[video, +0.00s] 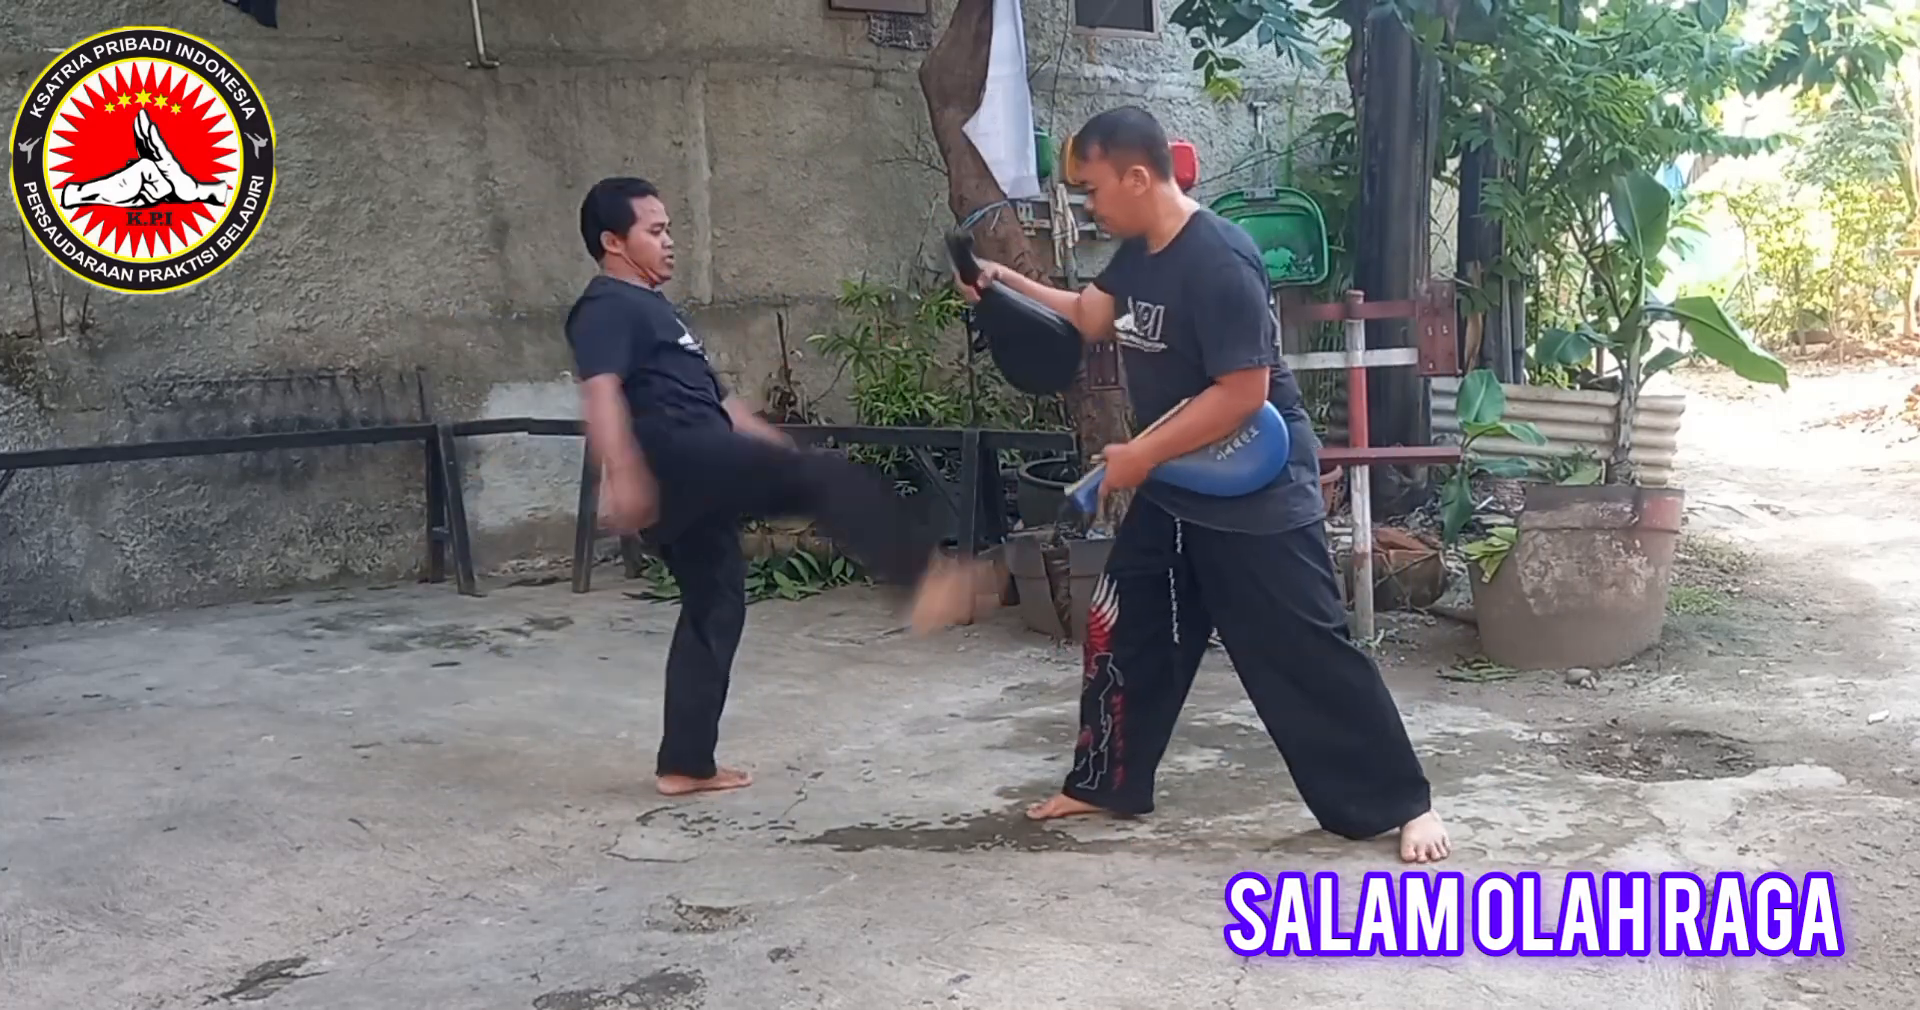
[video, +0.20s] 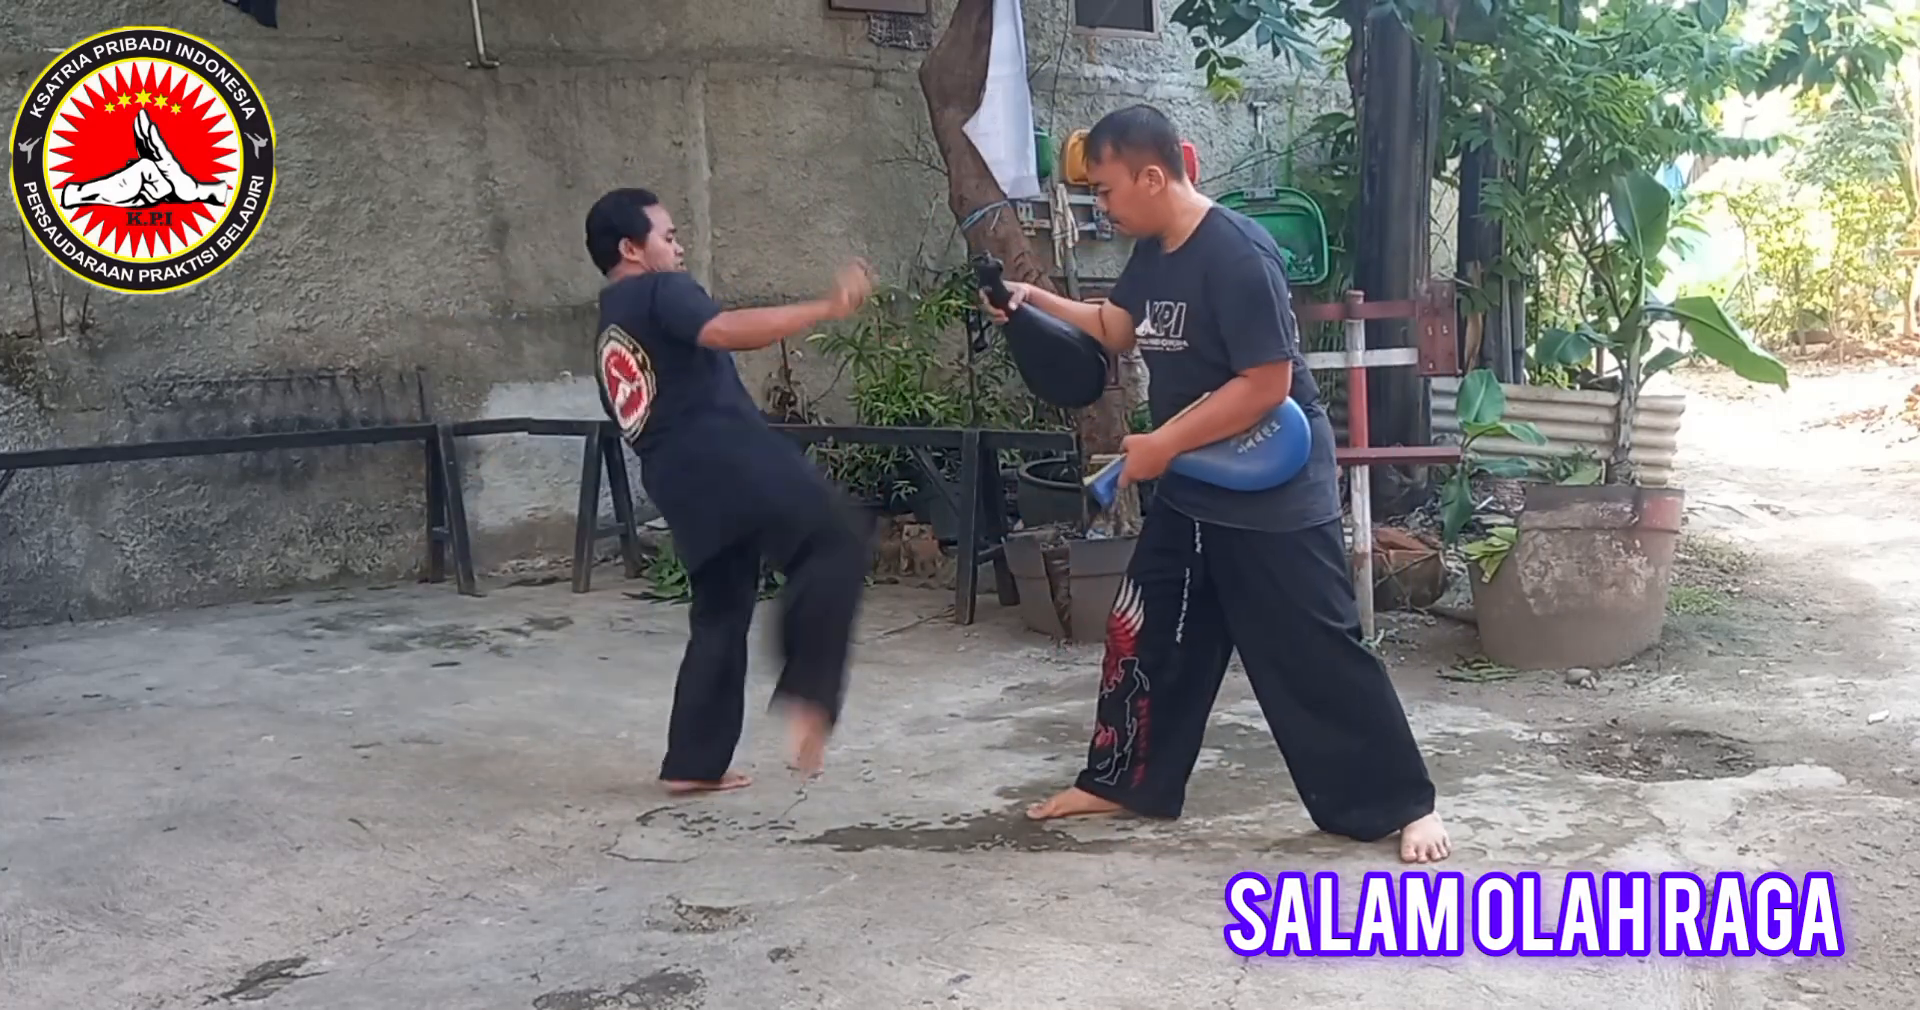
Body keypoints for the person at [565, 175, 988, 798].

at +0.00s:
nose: (669, 242)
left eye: (668, 230)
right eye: (656, 232)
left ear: (627, 241)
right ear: (614, 241)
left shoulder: (650, 302)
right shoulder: (607, 303)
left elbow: (703, 391)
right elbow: (600, 392)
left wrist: (762, 435)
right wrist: (621, 471)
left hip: (685, 468)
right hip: (679, 462)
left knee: (714, 608)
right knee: (824, 476)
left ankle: (686, 765)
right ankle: (923, 578)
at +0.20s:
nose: (679, 245)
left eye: (674, 233)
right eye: (667, 236)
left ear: (623, 252)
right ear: (630, 249)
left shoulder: (613, 311)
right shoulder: (660, 289)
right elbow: (719, 330)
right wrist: (830, 307)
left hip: (680, 478)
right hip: (726, 456)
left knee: (720, 610)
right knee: (835, 539)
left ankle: (693, 763)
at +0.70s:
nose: (757, 248)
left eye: (750, 235)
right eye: (745, 236)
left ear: (710, 255)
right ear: (712, 252)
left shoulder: (738, 321)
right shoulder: (720, 318)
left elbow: (824, 415)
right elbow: (753, 413)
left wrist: (860, 349)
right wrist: (858, 419)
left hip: (758, 518)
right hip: (777, 519)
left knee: (768, 639)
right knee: (861, 643)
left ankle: (721, 772)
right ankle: (818, 808)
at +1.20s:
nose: (780, 201)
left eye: (776, 189)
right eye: (762, 192)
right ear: (715, 215)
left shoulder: (807, 281)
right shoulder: (687, 316)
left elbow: (875, 310)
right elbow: (687, 430)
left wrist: (900, 343)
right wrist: (781, 490)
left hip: (850, 468)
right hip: (768, 508)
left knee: (957, 509)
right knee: (813, 653)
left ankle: (878, 623)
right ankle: (831, 815)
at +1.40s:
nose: (765, 200)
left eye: (760, 188)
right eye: (745, 191)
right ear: (701, 217)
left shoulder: (799, 294)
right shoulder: (685, 317)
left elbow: (881, 364)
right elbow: (694, 440)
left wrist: (867, 340)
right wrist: (756, 532)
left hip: (836, 500)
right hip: (762, 523)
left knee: (884, 608)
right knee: (798, 670)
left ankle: (776, 693)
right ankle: (828, 816)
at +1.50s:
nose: (759, 228)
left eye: (761, 213)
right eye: (743, 218)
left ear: (764, 216)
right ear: (693, 232)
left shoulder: (780, 305)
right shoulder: (662, 326)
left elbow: (843, 408)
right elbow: (651, 440)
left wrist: (824, 347)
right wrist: (698, 527)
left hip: (810, 525)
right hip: (743, 537)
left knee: (791, 659)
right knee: (791, 672)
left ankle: (705, 748)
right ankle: (827, 814)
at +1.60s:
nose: (754, 260)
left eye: (760, 245)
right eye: (740, 245)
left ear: (766, 242)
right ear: (692, 241)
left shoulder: (772, 317)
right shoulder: (650, 323)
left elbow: (835, 401)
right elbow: (610, 428)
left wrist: (814, 317)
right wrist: (647, 513)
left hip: (775, 532)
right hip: (713, 538)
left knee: (738, 656)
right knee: (772, 672)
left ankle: (684, 767)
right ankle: (824, 814)